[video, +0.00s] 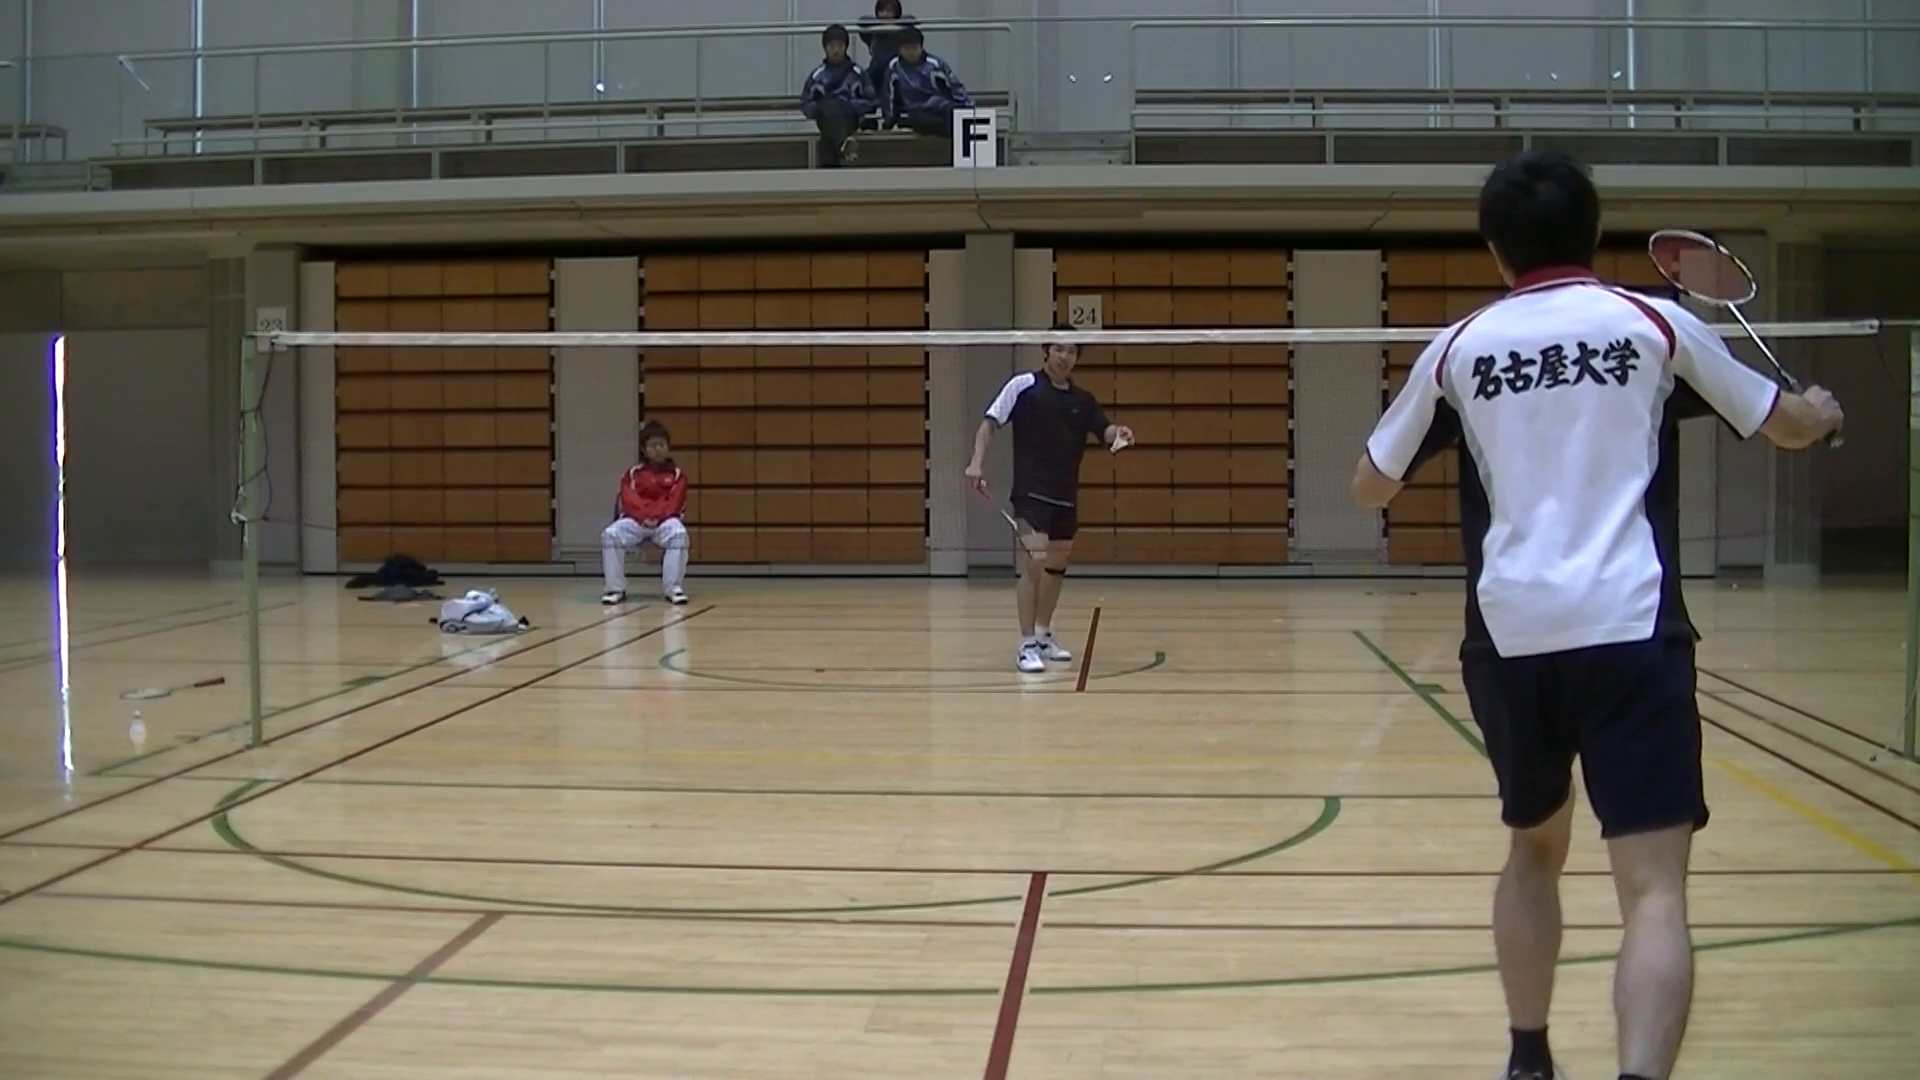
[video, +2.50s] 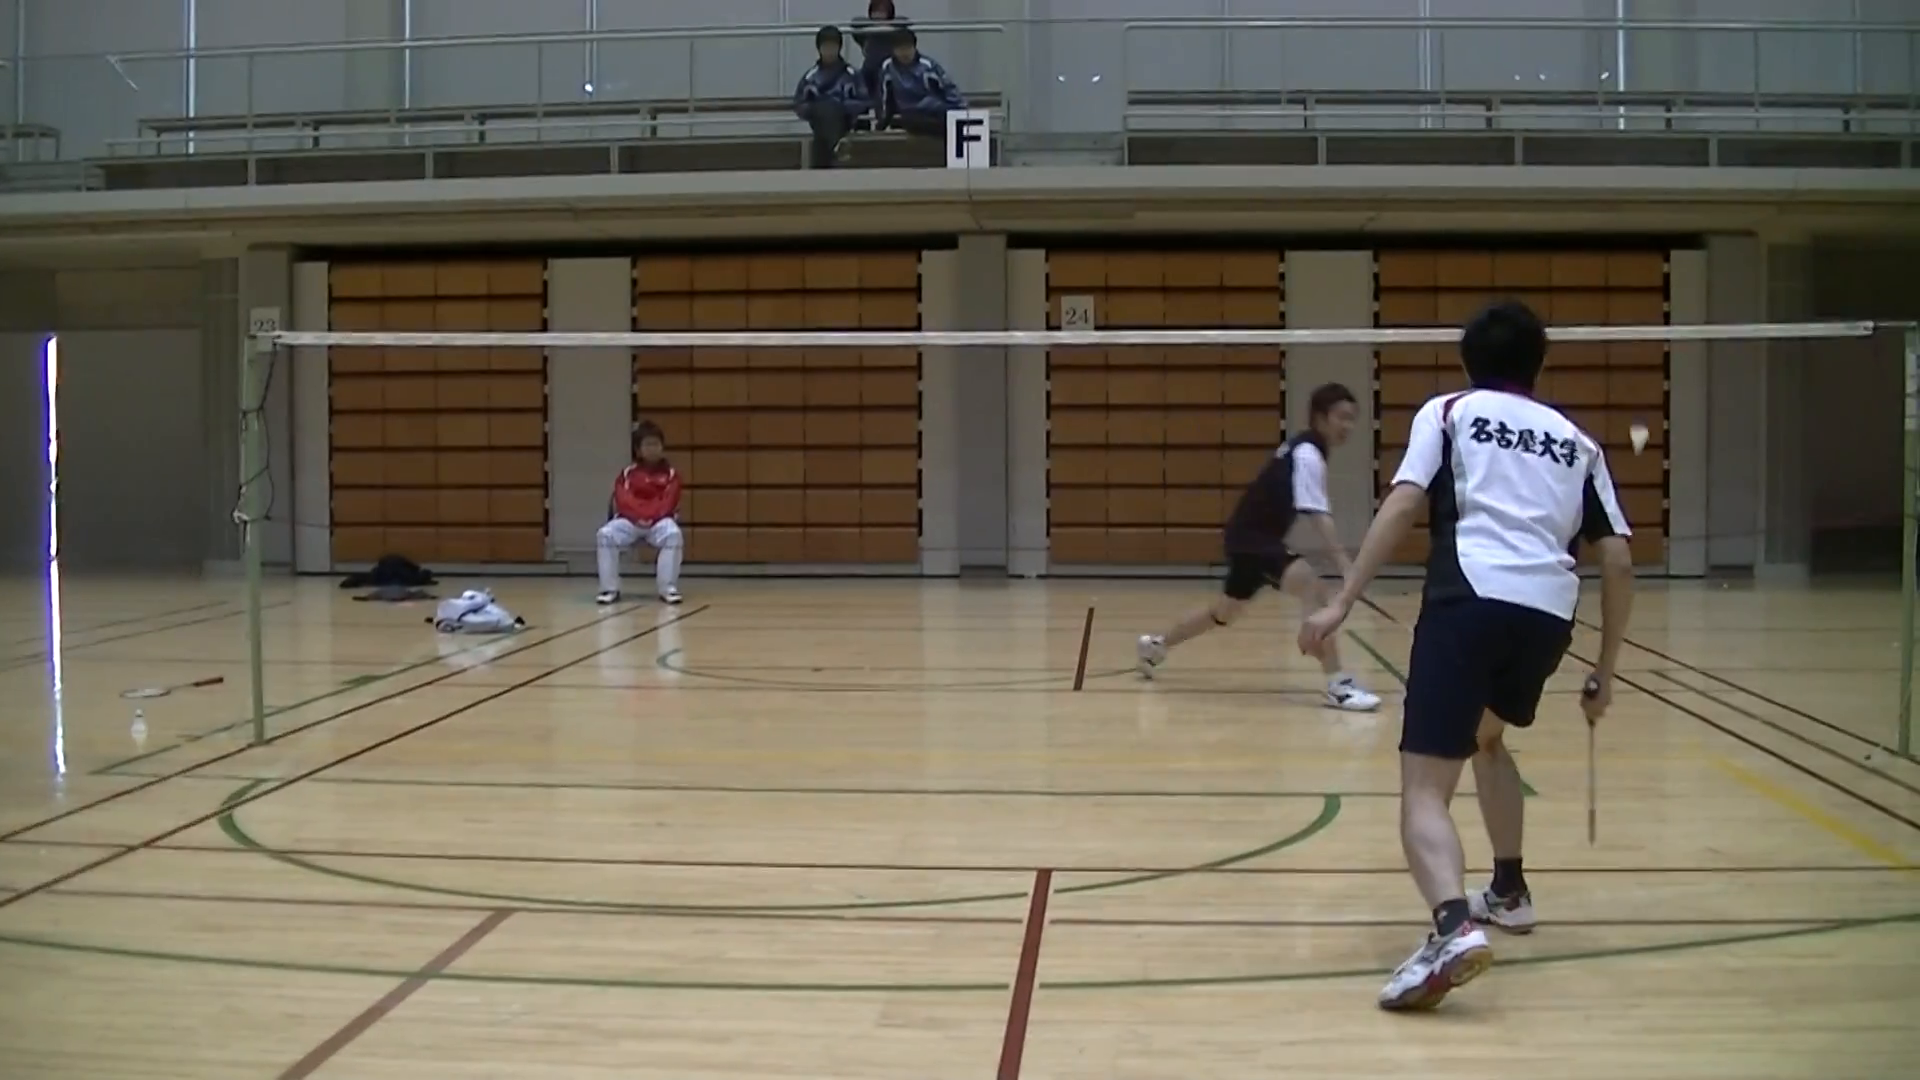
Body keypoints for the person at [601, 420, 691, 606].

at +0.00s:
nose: (658, 450)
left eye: (661, 445)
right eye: (652, 446)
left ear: (668, 447)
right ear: (644, 450)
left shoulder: (677, 475)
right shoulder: (633, 473)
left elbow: (674, 504)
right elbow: (628, 500)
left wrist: (656, 517)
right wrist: (644, 516)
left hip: (664, 520)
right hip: (635, 520)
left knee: (679, 535)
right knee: (610, 535)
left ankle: (673, 587)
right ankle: (615, 589)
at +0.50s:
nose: (657, 450)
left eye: (661, 445)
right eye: (652, 445)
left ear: (667, 447)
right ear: (643, 449)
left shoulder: (676, 475)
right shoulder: (632, 473)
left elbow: (673, 504)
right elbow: (627, 500)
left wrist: (655, 517)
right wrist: (644, 515)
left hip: (664, 520)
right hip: (635, 520)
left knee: (678, 536)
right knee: (610, 535)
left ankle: (673, 587)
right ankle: (615, 589)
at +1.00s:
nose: (656, 449)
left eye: (660, 444)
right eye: (651, 445)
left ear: (667, 447)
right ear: (643, 449)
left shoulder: (676, 474)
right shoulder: (632, 472)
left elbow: (673, 503)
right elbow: (627, 499)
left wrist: (655, 517)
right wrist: (643, 515)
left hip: (663, 519)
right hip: (634, 519)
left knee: (678, 535)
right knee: (609, 535)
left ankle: (672, 587)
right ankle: (614, 588)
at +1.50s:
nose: (656, 449)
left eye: (660, 444)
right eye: (650, 445)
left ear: (666, 447)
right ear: (642, 449)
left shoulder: (675, 473)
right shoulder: (631, 472)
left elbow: (673, 503)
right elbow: (626, 500)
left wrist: (655, 516)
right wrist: (642, 515)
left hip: (663, 519)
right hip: (634, 519)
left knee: (678, 534)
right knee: (609, 534)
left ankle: (672, 586)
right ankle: (613, 588)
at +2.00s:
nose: (692, 448)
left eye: (696, 443)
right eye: (686, 443)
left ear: (702, 445)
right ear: (676, 448)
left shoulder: (710, 472)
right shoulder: (666, 471)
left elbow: (707, 501)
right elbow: (662, 500)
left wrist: (689, 515)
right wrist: (679, 514)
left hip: (698, 518)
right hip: (670, 518)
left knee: (713, 533)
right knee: (644, 533)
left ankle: (706, 585)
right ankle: (648, 587)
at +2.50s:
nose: (653, 449)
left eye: (656, 444)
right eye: (648, 445)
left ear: (662, 447)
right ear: (638, 450)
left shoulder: (670, 474)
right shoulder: (628, 473)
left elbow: (669, 503)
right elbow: (623, 501)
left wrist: (652, 518)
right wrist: (638, 516)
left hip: (659, 520)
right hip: (630, 520)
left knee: (673, 536)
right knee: (606, 535)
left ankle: (668, 587)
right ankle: (609, 589)